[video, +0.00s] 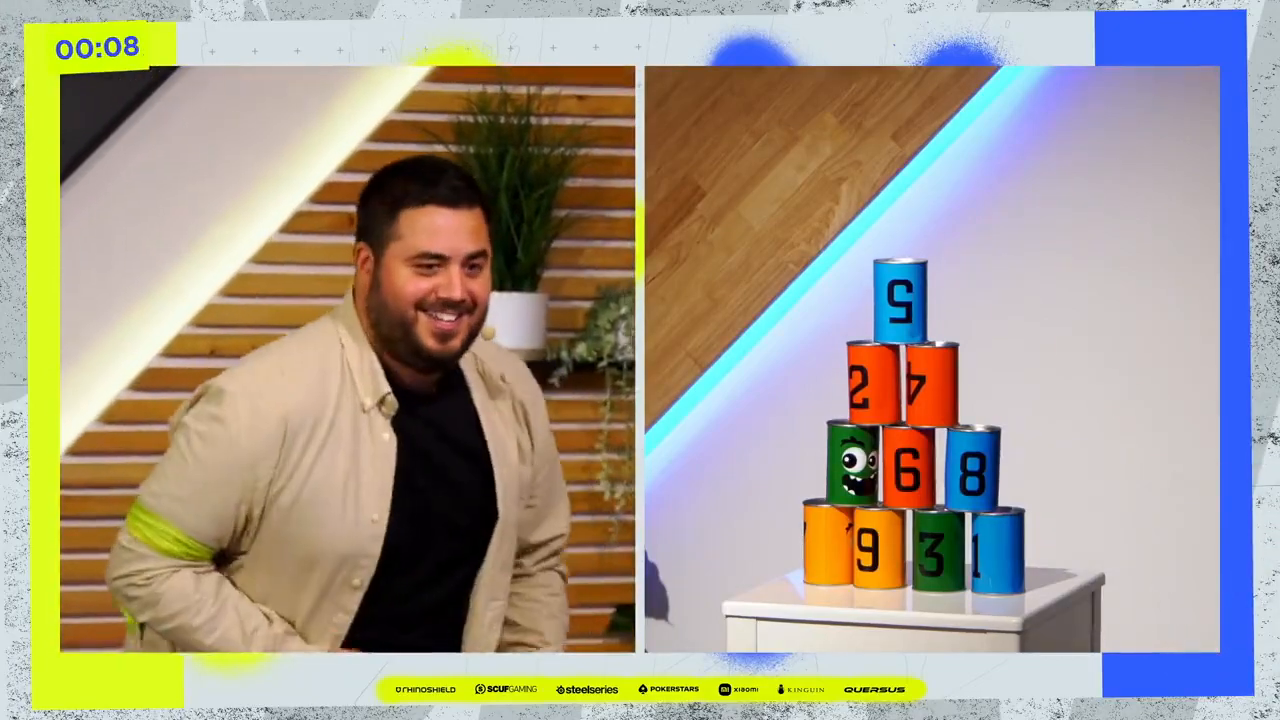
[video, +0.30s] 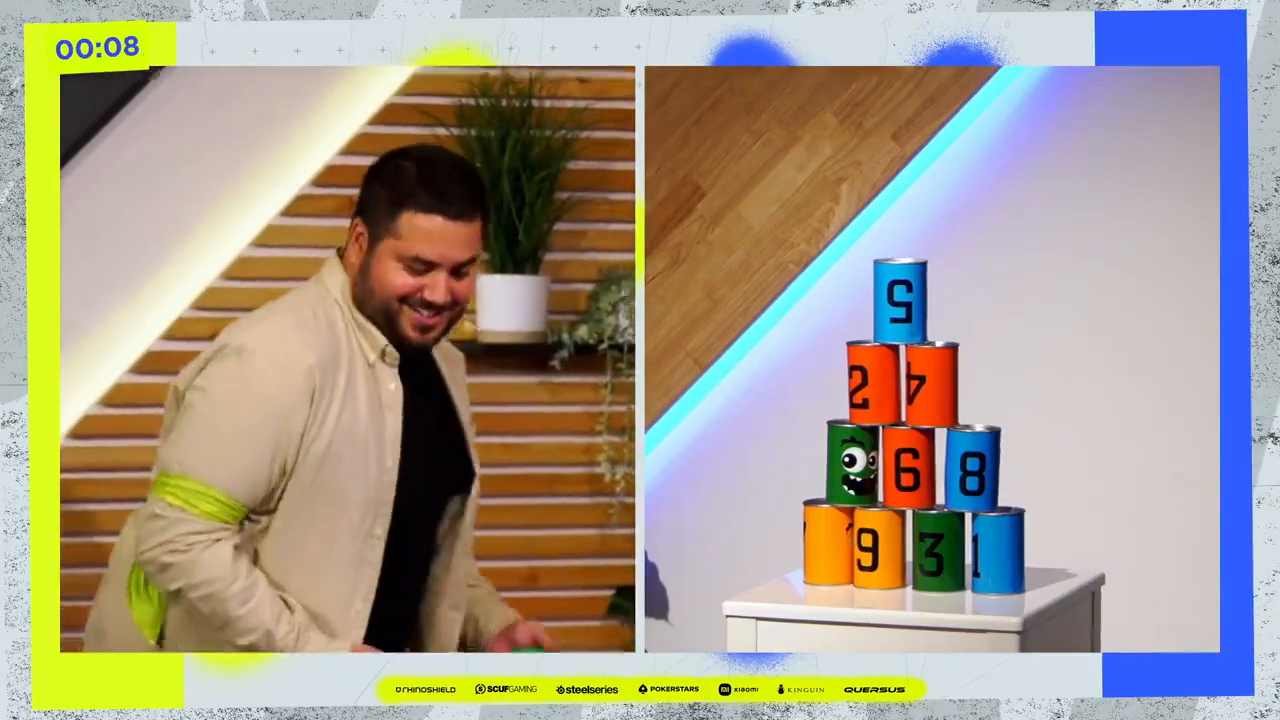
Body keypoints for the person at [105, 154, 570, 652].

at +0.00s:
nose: (456, 293)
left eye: (474, 266)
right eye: (427, 266)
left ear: (491, 269)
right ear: (366, 266)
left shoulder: (509, 385)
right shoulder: (260, 402)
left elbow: (538, 561)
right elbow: (149, 566)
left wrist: (521, 685)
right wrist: (309, 668)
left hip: (451, 704)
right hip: (275, 710)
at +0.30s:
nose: (442, 294)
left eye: (461, 271)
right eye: (418, 266)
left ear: (478, 261)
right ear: (359, 244)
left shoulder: (438, 358)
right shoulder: (275, 356)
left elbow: (413, 540)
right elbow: (178, 541)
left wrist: (494, 624)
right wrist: (324, 655)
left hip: (373, 684)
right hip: (223, 686)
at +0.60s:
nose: (362, 190)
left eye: (379, 168)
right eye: (335, 166)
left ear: (392, 182)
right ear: (275, 178)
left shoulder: (330, 304)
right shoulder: (230, 289)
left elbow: (296, 483)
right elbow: (184, 450)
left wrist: (420, 505)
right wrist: (331, 575)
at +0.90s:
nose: (392, 244)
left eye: (411, 222)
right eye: (373, 215)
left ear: (427, 210)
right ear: (311, 182)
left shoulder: (370, 286)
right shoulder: (213, 286)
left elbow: (395, 420)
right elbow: (111, 424)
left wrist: (515, 356)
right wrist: (117, 577)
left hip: (360, 649)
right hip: (236, 657)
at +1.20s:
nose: (414, 336)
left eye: (439, 314)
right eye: (394, 308)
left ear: (461, 291)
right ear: (343, 259)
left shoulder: (440, 336)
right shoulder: (217, 353)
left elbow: (457, 431)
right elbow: (114, 550)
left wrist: (585, 445)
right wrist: (81, 700)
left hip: (379, 674)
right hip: (234, 684)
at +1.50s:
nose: (370, 498)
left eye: (399, 479)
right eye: (351, 467)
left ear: (437, 443)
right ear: (314, 410)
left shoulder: (443, 433)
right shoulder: (212, 503)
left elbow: (475, 527)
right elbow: (169, 689)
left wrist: (522, 639)